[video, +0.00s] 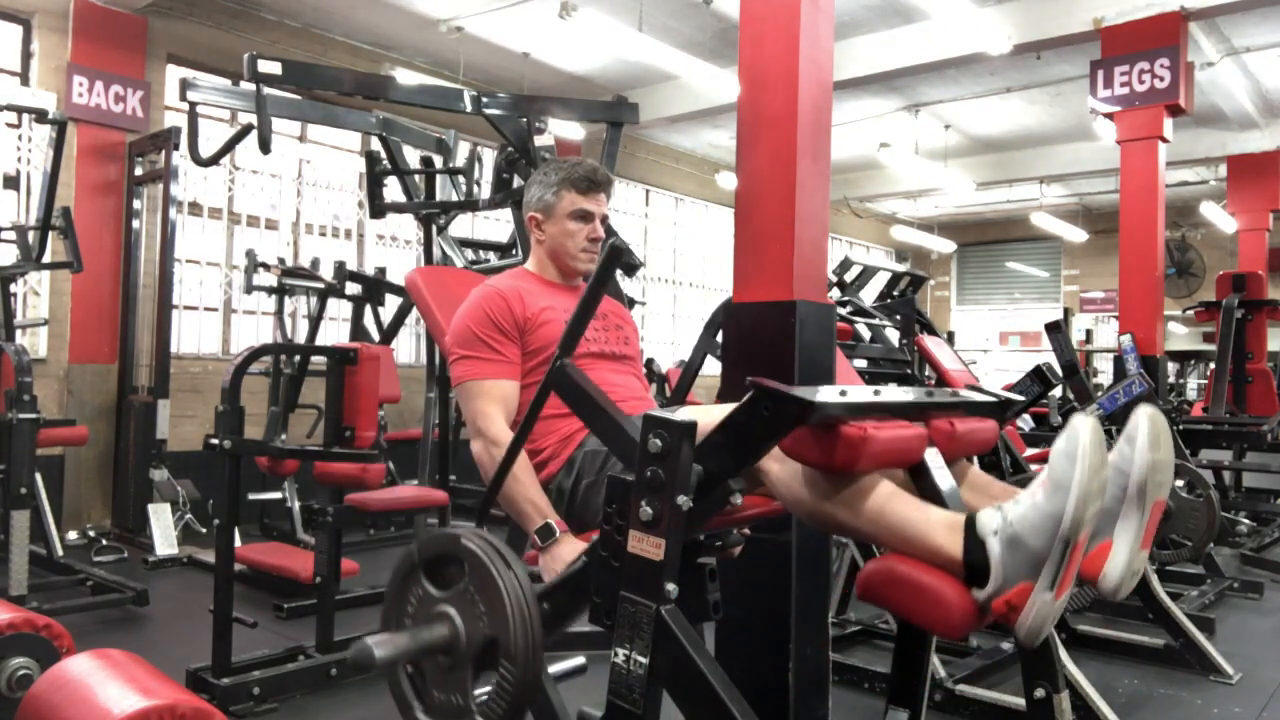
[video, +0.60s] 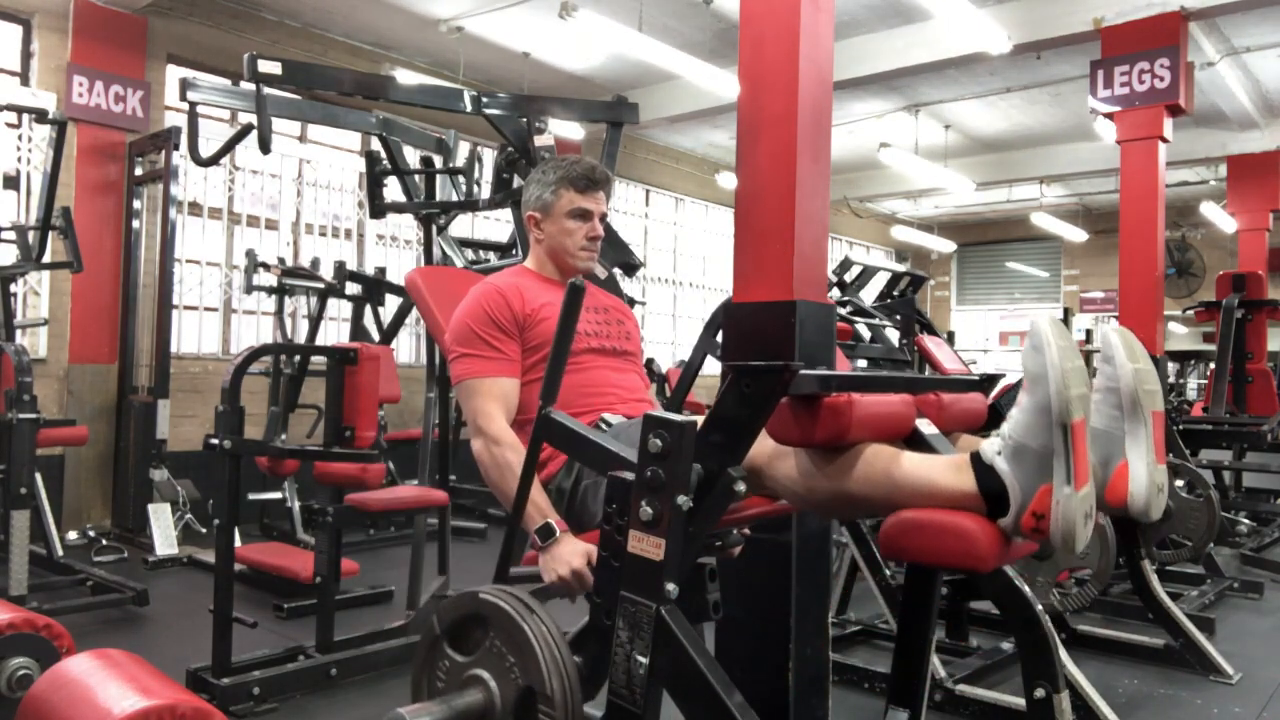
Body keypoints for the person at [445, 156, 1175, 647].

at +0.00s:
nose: (596, 235)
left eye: (601, 223)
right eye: (580, 221)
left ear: (600, 228)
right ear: (534, 222)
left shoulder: (604, 302)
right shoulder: (493, 304)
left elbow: (637, 400)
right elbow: (490, 438)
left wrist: (720, 412)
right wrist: (552, 533)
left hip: (657, 444)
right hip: (581, 467)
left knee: (853, 450)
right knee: (772, 442)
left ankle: (1074, 531)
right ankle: (974, 551)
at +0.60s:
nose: (594, 233)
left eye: (599, 221)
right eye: (580, 218)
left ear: (598, 226)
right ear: (534, 218)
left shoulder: (610, 304)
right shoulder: (494, 299)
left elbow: (661, 394)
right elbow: (487, 430)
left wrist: (735, 411)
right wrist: (548, 532)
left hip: (660, 440)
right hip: (587, 459)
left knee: (818, 452)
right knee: (775, 456)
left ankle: (1004, 480)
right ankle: (992, 485)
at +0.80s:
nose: (594, 234)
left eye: (599, 221)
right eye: (580, 218)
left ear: (598, 225)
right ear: (534, 219)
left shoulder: (609, 304)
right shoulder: (495, 298)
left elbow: (647, 395)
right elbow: (488, 429)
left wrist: (712, 423)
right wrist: (549, 531)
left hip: (661, 440)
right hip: (587, 462)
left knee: (821, 449)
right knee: (772, 454)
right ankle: (992, 459)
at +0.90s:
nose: (595, 233)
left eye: (600, 221)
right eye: (581, 218)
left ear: (598, 225)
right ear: (535, 218)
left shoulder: (610, 304)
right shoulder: (495, 297)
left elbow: (647, 398)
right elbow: (488, 429)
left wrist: (712, 434)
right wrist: (548, 530)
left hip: (662, 442)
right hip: (587, 464)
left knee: (822, 441)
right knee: (773, 454)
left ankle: (1026, 440)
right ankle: (1001, 452)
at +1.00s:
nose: (596, 233)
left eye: (601, 221)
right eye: (582, 218)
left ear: (599, 225)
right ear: (536, 218)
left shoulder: (611, 305)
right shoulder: (496, 297)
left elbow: (647, 399)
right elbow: (488, 430)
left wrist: (712, 447)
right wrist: (549, 530)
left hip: (661, 439)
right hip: (585, 459)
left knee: (822, 441)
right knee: (774, 453)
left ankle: (1029, 436)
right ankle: (1001, 451)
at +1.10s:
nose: (597, 233)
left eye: (602, 221)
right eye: (583, 219)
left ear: (599, 226)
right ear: (537, 220)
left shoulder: (609, 303)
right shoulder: (497, 299)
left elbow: (644, 397)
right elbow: (488, 430)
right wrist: (551, 531)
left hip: (657, 439)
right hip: (583, 461)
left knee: (817, 447)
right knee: (768, 453)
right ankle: (990, 459)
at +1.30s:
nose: (597, 237)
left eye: (603, 223)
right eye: (581, 223)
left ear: (603, 224)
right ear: (536, 222)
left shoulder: (607, 301)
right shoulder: (495, 303)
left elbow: (637, 401)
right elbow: (491, 440)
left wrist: (710, 417)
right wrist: (551, 534)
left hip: (654, 440)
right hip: (578, 463)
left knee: (838, 443)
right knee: (760, 428)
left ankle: (1073, 514)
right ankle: (976, 542)